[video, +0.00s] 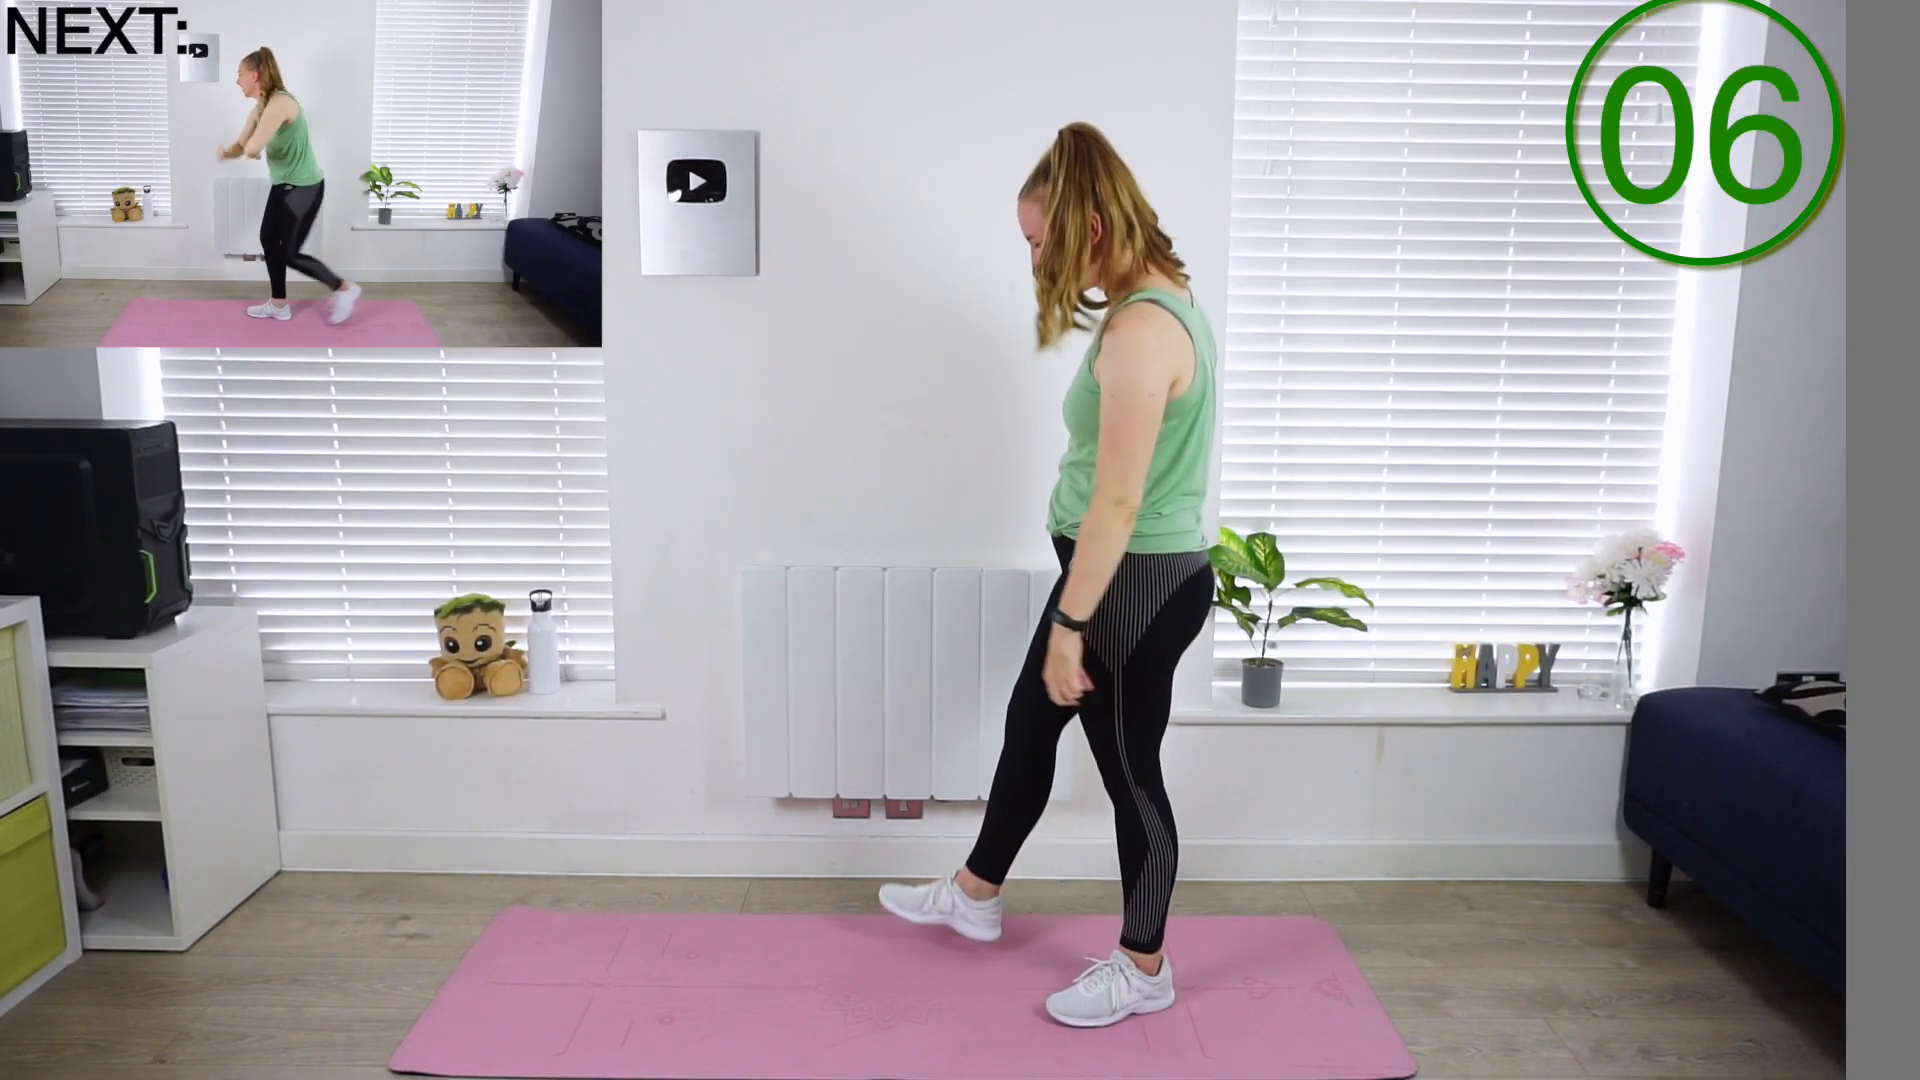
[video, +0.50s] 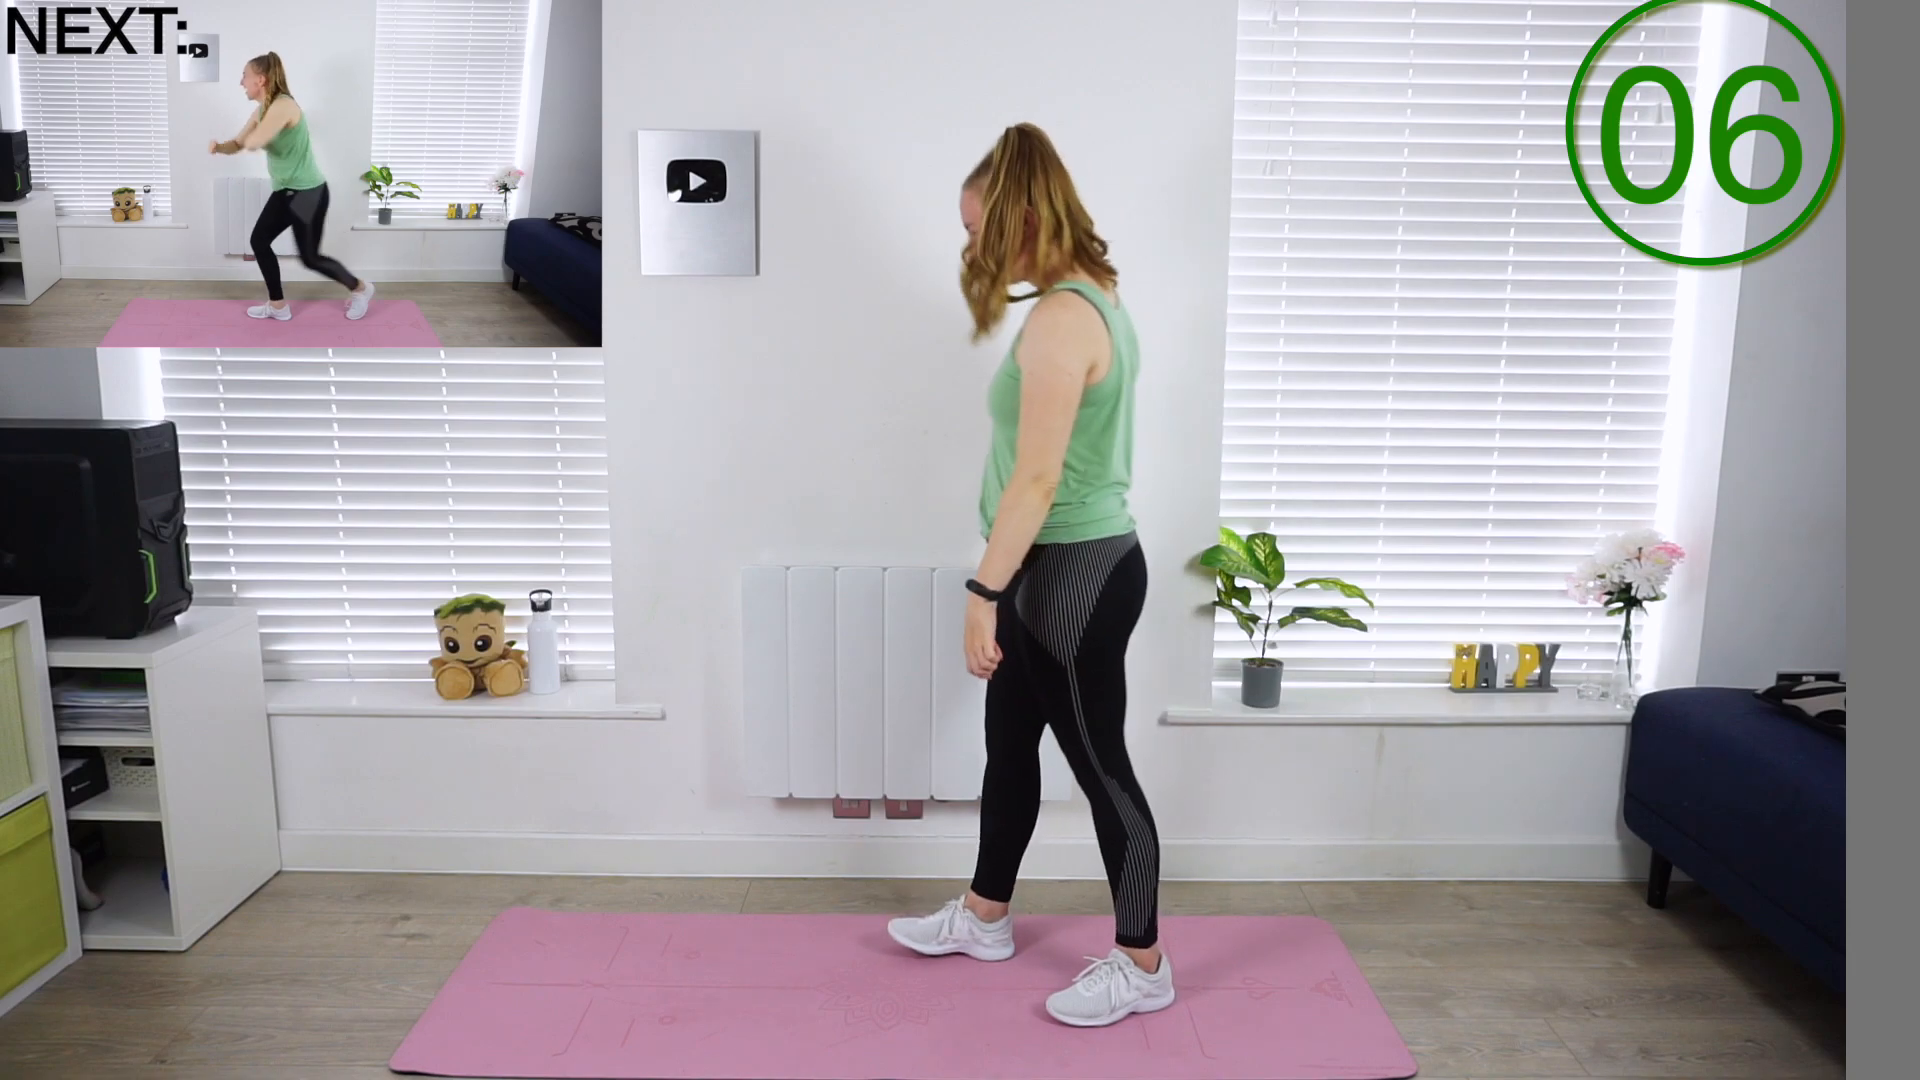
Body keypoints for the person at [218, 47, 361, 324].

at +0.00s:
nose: (238, 81)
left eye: (241, 75)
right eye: (238, 75)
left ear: (257, 77)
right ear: (256, 77)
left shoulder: (280, 103)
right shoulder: (261, 107)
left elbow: (253, 149)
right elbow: (243, 143)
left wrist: (251, 151)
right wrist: (229, 153)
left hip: (305, 186)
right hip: (283, 185)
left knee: (289, 252)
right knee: (269, 239)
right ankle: (279, 303)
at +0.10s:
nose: (235, 83)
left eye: (238, 76)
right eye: (235, 77)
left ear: (253, 77)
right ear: (252, 78)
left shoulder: (281, 103)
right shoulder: (256, 110)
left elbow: (261, 150)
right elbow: (248, 146)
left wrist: (245, 153)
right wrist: (244, 170)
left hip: (315, 183)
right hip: (288, 184)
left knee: (320, 250)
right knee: (272, 237)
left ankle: (363, 289)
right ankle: (279, 303)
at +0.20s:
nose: (235, 87)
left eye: (238, 80)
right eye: (236, 80)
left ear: (253, 81)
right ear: (253, 80)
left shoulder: (283, 106)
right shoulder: (257, 111)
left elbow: (267, 153)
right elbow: (253, 150)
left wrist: (247, 164)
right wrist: (262, 166)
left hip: (323, 181)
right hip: (295, 184)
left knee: (335, 242)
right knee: (271, 236)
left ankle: (367, 292)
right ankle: (279, 303)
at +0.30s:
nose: (238, 90)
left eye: (241, 84)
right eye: (239, 84)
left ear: (256, 85)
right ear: (255, 85)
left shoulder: (285, 110)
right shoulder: (262, 114)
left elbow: (268, 161)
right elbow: (251, 154)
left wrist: (251, 179)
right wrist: (256, 155)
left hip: (326, 184)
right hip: (298, 186)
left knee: (342, 241)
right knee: (269, 238)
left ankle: (370, 294)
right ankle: (278, 303)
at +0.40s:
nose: (239, 89)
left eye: (242, 83)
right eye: (240, 83)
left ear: (258, 86)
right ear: (260, 86)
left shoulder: (283, 110)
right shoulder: (262, 116)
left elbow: (269, 159)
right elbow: (245, 156)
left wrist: (255, 173)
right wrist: (236, 147)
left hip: (322, 188)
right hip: (295, 190)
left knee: (336, 245)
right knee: (265, 239)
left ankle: (369, 294)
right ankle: (278, 304)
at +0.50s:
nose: (242, 82)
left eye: (245, 77)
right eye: (243, 77)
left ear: (261, 81)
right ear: (261, 81)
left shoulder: (283, 105)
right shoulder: (263, 109)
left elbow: (255, 142)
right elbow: (239, 142)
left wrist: (247, 141)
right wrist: (220, 148)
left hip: (310, 192)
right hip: (285, 191)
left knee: (310, 258)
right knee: (259, 240)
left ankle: (361, 288)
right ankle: (278, 305)